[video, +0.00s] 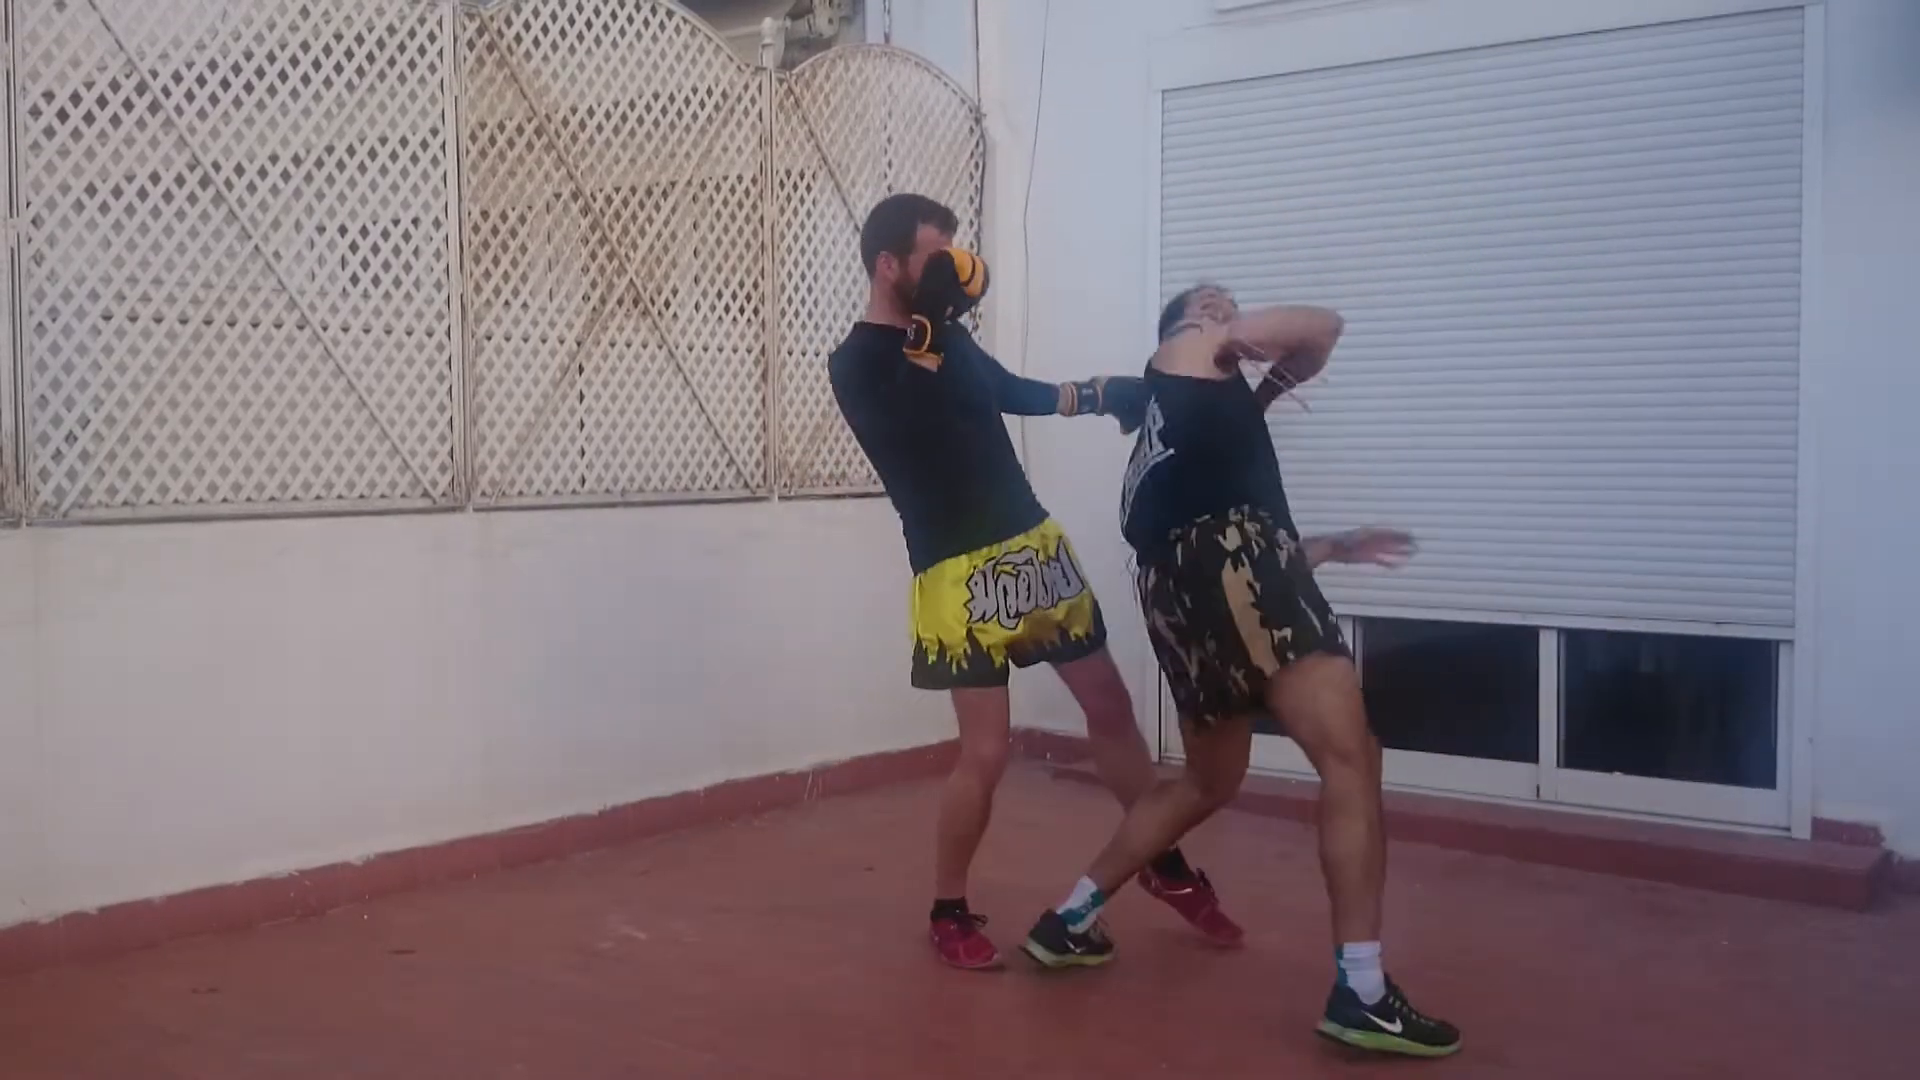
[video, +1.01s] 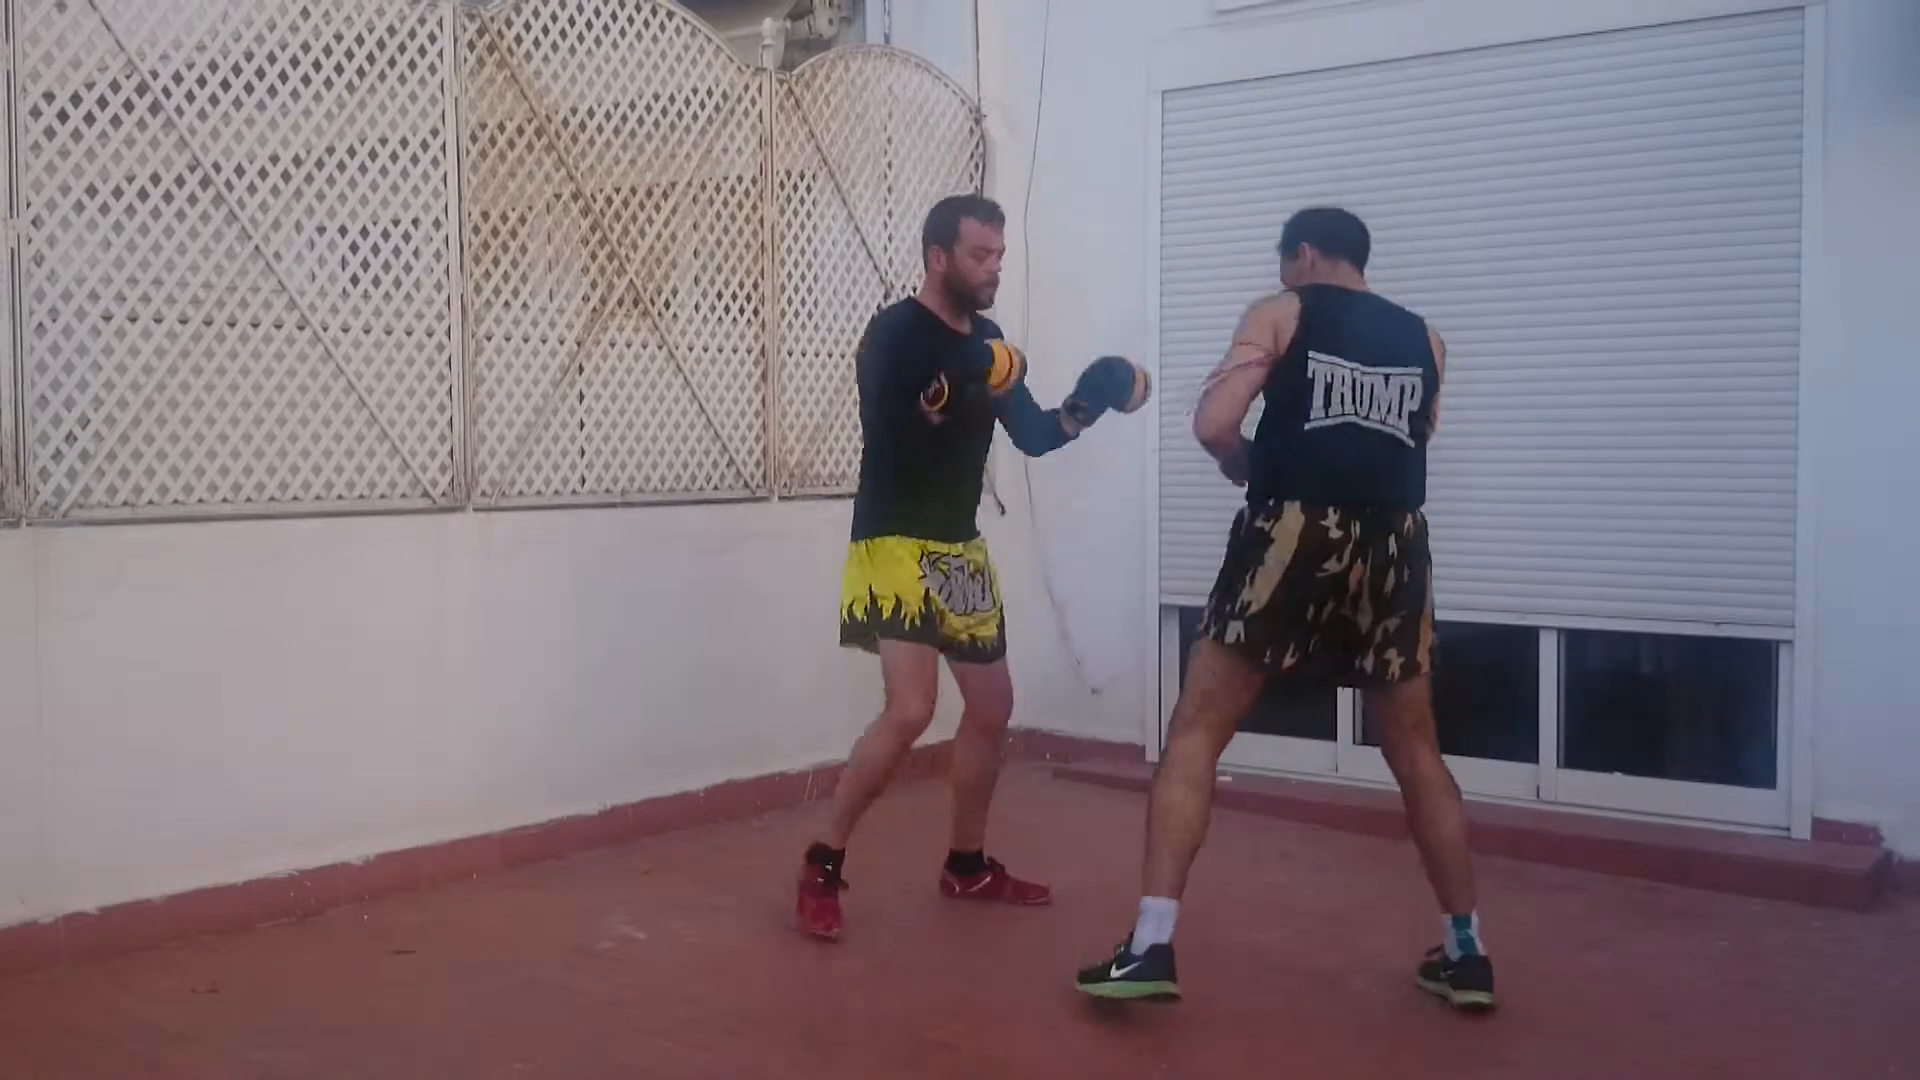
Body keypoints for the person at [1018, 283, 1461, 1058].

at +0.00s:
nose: (1237, 312)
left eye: (1234, 305)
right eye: (1224, 303)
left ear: (1176, 335)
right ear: (1197, 320)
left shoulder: (1166, 435)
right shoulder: (1198, 344)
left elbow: (1230, 548)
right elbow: (1321, 327)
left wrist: (1337, 546)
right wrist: (1264, 365)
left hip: (1173, 587)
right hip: (1236, 556)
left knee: (1209, 777)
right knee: (1349, 755)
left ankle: (1069, 919)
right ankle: (1362, 990)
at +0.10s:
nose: (1235, 298)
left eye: (1233, 290)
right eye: (1219, 289)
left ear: (1226, 315)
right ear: (1188, 299)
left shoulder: (1250, 415)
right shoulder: (1163, 345)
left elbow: (1341, 495)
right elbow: (1184, 231)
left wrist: (1327, 404)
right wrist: (1260, 292)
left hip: (1193, 573)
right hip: (1209, 557)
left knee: (1198, 781)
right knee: (1315, 747)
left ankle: (1058, 921)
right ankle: (1320, 979)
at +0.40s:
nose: (1264, 279)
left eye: (1274, 276)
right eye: (1251, 265)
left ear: (1277, 303)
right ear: (1221, 271)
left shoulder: (1247, 401)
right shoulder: (1194, 315)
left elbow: (1312, 493)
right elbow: (1241, 197)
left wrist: (1340, 395)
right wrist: (1309, 281)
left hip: (1171, 561)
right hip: (1200, 551)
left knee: (1178, 762)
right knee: (1287, 745)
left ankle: (1046, 907)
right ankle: (1303, 968)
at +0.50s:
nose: (1301, 302)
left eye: (1304, 294)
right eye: (1293, 285)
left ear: (1275, 303)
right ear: (1260, 277)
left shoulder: (1241, 383)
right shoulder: (1232, 304)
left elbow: (1288, 503)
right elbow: (1335, 232)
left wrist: (1344, 412)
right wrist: (1351, 314)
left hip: (1162, 545)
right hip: (1217, 536)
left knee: (1164, 747)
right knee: (1347, 715)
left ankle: (1046, 900)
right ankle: (1322, 933)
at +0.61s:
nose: (1328, 299)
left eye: (1324, 290)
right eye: (1322, 289)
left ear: (1246, 292)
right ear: (1303, 284)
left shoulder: (1203, 371)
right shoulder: (1284, 304)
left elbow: (1266, 504)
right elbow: (1410, 318)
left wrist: (1352, 450)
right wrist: (1379, 348)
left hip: (1172, 548)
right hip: (1260, 537)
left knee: (1149, 735)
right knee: (1358, 724)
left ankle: (1049, 898)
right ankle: (1398, 934)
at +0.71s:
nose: (1352, 314)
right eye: (1349, 305)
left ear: (1272, 302)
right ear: (1342, 298)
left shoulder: (1221, 358)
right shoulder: (1344, 338)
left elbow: (1234, 462)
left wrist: (1344, 483)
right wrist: (1393, 365)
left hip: (1208, 555)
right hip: (1314, 557)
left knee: (1145, 741)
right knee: (1377, 755)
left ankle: (1052, 906)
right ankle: (1403, 955)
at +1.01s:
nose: (1282, 280)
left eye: (1283, 267)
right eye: (1283, 270)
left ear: (1307, 255)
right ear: (1362, 260)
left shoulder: (1283, 310)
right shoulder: (1428, 341)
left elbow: (1212, 423)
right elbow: (1415, 441)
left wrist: (1248, 468)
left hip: (1291, 536)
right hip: (1396, 546)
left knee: (1198, 732)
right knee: (1415, 747)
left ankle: (1149, 948)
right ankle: (1467, 951)